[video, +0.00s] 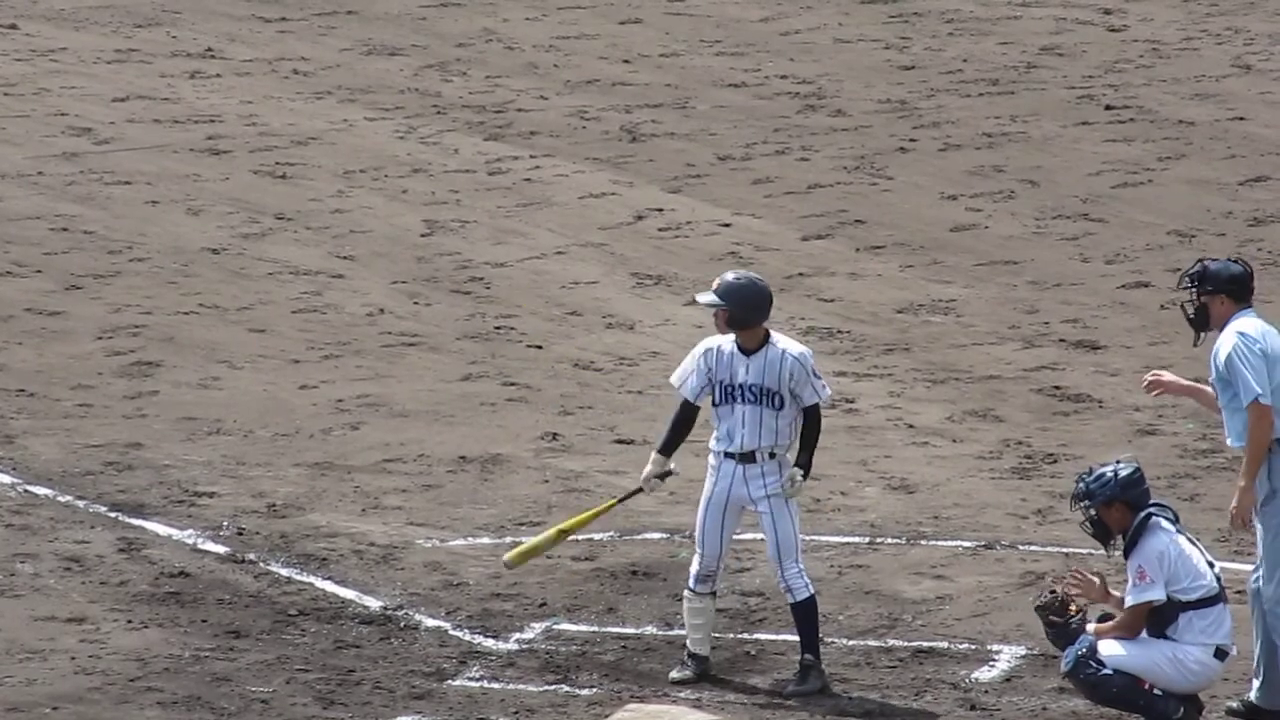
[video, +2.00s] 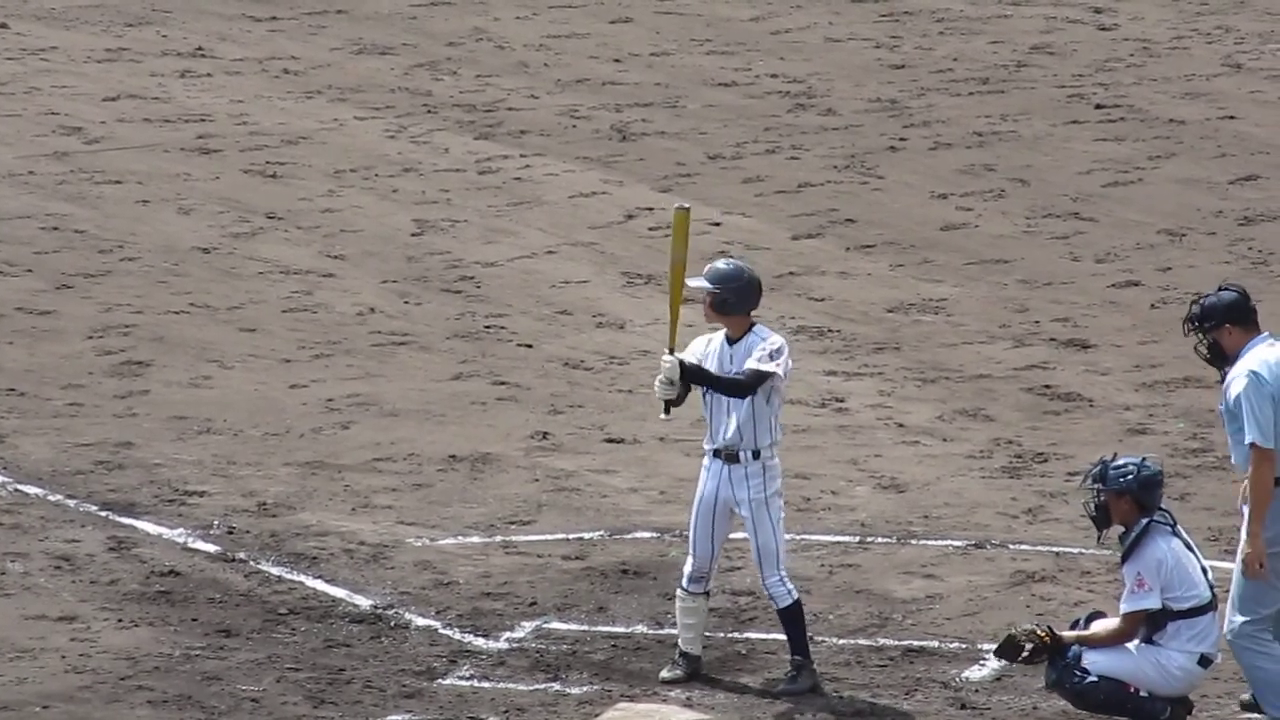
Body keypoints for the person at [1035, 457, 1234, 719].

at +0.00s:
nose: (1093, 518)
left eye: (1097, 510)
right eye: (1093, 510)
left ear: (1117, 510)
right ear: (1120, 507)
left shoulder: (1148, 545)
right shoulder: (1155, 526)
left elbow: (1130, 628)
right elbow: (1150, 611)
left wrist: (1086, 631)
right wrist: (1107, 596)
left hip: (1195, 660)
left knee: (1080, 661)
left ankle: (1171, 709)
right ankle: (1177, 697)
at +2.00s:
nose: (1099, 502)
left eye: (1106, 495)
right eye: (1101, 494)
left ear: (1127, 501)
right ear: (1129, 500)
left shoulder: (1148, 550)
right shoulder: (1159, 526)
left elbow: (1127, 629)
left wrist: (1062, 639)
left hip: (1178, 666)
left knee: (1066, 668)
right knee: (1087, 626)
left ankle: (1161, 710)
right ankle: (1169, 696)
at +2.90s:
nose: (1093, 485)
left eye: (1100, 479)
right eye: (1096, 478)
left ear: (1120, 487)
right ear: (1123, 487)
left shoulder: (1133, 531)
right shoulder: (1145, 519)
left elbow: (1127, 611)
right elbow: (1147, 600)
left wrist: (1089, 604)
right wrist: (1098, 594)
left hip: (1180, 648)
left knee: (1069, 656)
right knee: (1082, 633)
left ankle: (1157, 704)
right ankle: (1165, 693)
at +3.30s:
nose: (1091, 471)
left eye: (1097, 465)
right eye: (1093, 464)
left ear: (1119, 471)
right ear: (1123, 472)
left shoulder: (1131, 510)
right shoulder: (1141, 506)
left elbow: (1122, 591)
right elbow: (1132, 586)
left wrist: (1085, 586)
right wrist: (1093, 579)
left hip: (1185, 627)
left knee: (1082, 619)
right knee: (1068, 646)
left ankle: (1126, 708)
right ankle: (1156, 691)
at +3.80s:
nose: (1075, 500)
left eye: (1081, 493)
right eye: (1077, 492)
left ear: (1103, 497)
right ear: (1105, 498)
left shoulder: (1122, 539)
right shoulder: (1129, 529)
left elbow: (1106, 619)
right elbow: (1117, 609)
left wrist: (1065, 612)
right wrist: (1071, 595)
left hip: (1177, 652)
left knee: (1066, 647)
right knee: (1083, 639)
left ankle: (1099, 714)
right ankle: (1159, 703)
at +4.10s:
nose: (1061, 523)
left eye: (1067, 516)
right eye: (1062, 515)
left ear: (1088, 520)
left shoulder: (1102, 562)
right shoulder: (1125, 542)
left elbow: (1083, 639)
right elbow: (1113, 620)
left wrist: (1049, 634)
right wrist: (1070, 609)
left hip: (1155, 685)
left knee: (1040, 661)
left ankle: (1093, 714)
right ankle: (1145, 711)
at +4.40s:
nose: (1040, 538)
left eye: (1044, 530)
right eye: (1040, 530)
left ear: (1064, 531)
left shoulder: (1081, 574)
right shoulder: (1108, 548)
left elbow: (1061, 648)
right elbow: (1098, 626)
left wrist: (1031, 639)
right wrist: (1051, 609)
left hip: (1138, 694)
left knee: (1022, 671)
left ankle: (1090, 714)